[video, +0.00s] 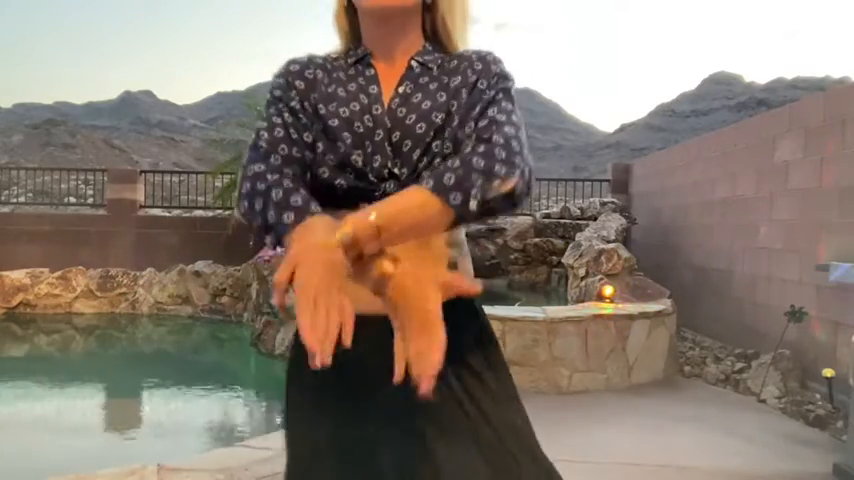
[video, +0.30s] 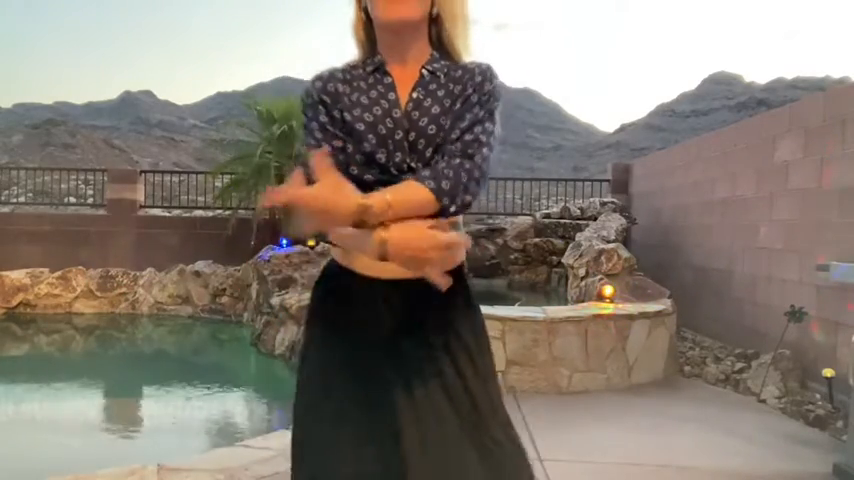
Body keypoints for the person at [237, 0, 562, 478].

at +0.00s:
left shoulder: (476, 73)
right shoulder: (304, 79)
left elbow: (499, 168)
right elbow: (265, 182)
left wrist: (352, 233)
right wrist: (386, 274)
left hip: (447, 330)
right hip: (336, 335)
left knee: (491, 467)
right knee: (334, 469)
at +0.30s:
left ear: (435, 2)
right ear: (365, 4)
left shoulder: (473, 81)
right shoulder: (328, 89)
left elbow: (460, 181)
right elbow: (322, 212)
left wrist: (361, 207)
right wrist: (389, 247)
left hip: (439, 297)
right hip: (350, 294)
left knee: (455, 457)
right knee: (344, 459)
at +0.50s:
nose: (406, 8)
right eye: (391, 0)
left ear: (439, 13)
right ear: (370, 16)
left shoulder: (473, 103)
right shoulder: (351, 103)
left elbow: (484, 196)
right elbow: (365, 226)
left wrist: (439, 215)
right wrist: (453, 249)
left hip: (447, 292)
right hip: (370, 293)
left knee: (459, 447)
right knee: (368, 448)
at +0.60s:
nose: (411, 14)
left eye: (422, 3)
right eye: (394, 5)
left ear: (440, 19)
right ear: (374, 26)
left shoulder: (467, 101)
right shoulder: (366, 102)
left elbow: (494, 174)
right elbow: (387, 216)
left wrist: (456, 215)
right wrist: (484, 232)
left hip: (448, 285)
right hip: (385, 283)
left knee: (455, 437)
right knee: (381, 438)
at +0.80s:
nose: (437, 16)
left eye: (438, 6)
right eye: (420, 7)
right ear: (387, 27)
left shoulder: (408, 89)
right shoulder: (416, 93)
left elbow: (469, 162)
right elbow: (447, 199)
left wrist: (513, 198)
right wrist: (515, 215)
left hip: (399, 260)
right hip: (408, 266)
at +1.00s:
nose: (450, 62)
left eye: (446, 54)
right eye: (446, 54)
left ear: (381, 58)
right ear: (439, 61)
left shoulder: (374, 119)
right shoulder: (455, 126)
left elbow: (417, 192)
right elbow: (482, 211)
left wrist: (491, 209)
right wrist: (503, 223)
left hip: (373, 262)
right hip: (428, 266)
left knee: (386, 394)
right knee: (457, 398)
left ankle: (388, 472)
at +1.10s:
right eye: (445, 64)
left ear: (381, 68)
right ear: (446, 71)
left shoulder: (369, 129)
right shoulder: (457, 133)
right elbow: (472, 213)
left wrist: (474, 223)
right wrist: (487, 235)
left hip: (372, 263)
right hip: (427, 266)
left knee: (387, 391)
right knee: (457, 390)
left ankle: (395, 469)